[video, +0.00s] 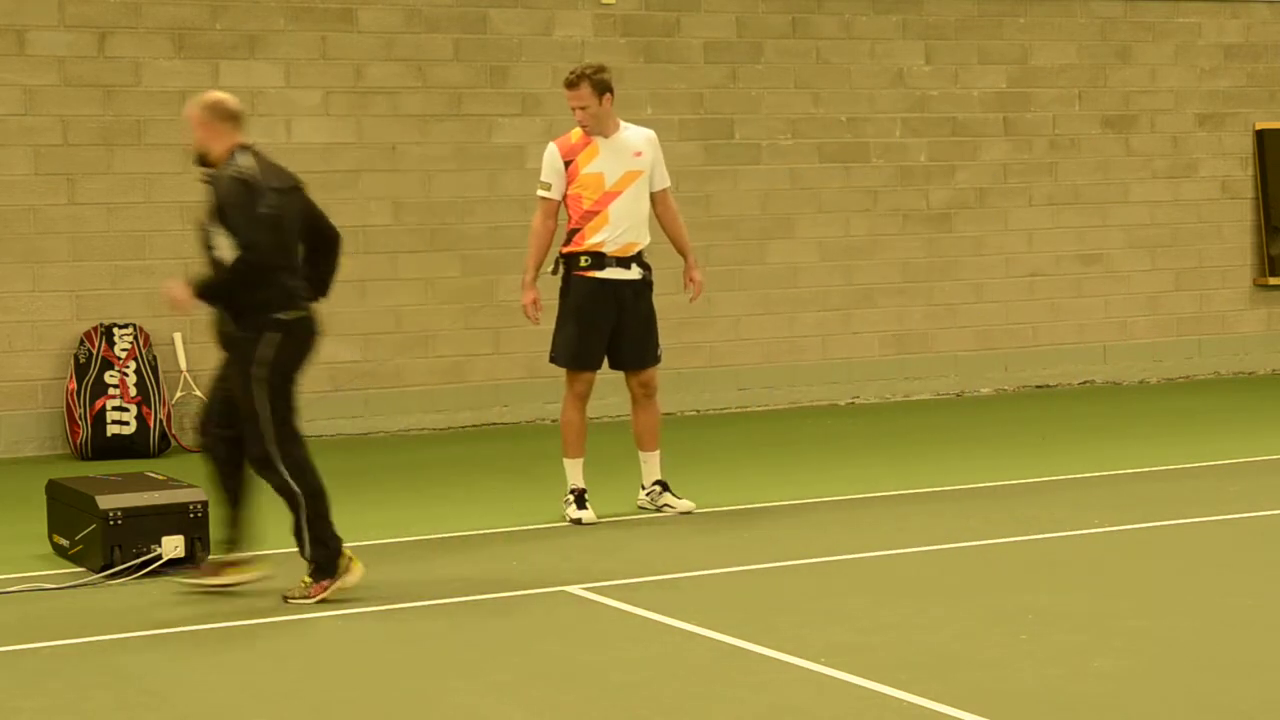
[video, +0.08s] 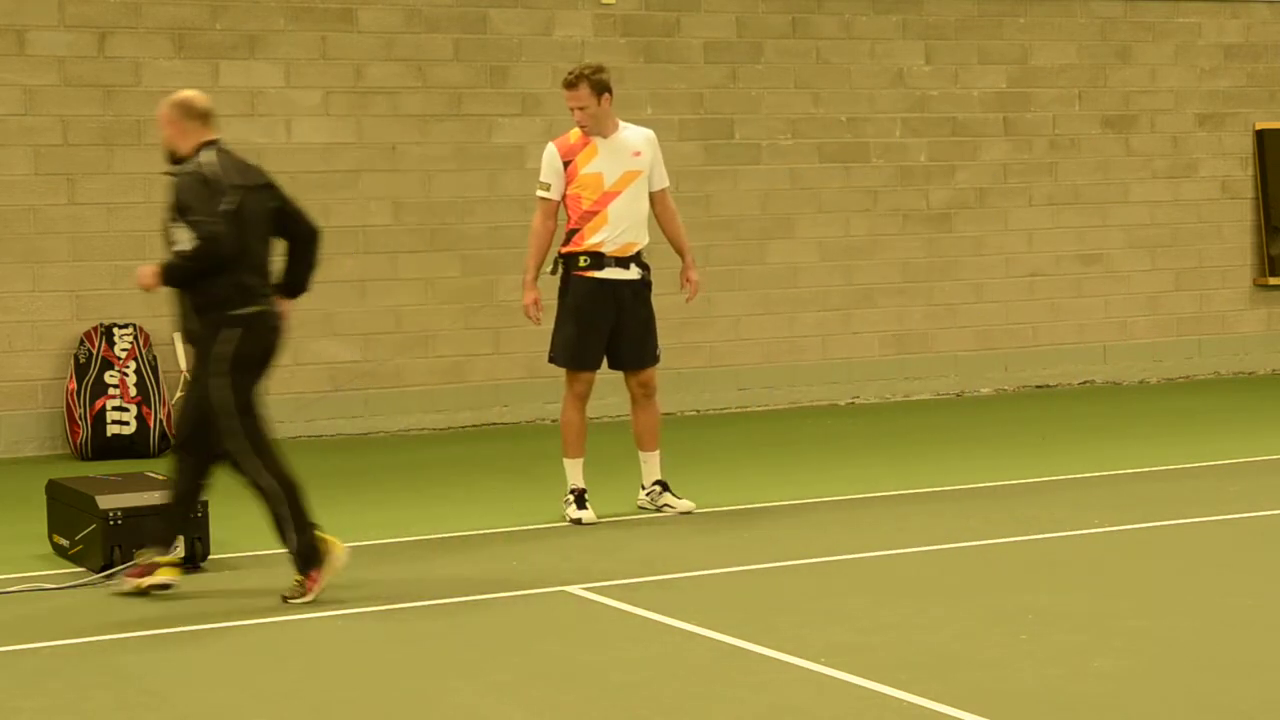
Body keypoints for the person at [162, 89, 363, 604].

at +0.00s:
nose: (191, 140)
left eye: (194, 130)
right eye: (192, 129)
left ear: (212, 128)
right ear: (232, 126)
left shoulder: (232, 183)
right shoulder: (270, 174)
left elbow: (260, 256)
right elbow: (325, 236)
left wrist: (201, 290)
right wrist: (306, 291)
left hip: (268, 331)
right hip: (275, 326)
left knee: (273, 444)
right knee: (220, 431)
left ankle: (331, 561)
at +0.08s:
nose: (163, 138)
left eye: (164, 128)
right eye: (163, 128)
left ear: (180, 125)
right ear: (205, 123)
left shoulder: (194, 178)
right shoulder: (246, 172)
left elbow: (213, 250)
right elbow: (303, 231)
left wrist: (166, 273)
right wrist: (288, 289)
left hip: (226, 327)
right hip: (255, 323)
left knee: (241, 441)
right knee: (192, 437)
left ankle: (311, 551)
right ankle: (171, 552)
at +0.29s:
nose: (102, 154)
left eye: (103, 146)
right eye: (104, 145)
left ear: (113, 145)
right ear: (147, 142)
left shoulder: (116, 197)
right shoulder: (195, 198)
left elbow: (119, 269)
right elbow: (221, 281)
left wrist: (87, 322)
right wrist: (190, 318)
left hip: (138, 346)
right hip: (189, 347)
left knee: (88, 441)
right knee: (142, 450)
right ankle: (140, 564)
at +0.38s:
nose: (85, 150)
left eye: (86, 143)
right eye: (88, 143)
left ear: (93, 142)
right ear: (130, 140)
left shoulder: (90, 189)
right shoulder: (177, 196)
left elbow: (90, 251)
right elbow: (190, 275)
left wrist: (67, 310)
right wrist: (152, 297)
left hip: (112, 339)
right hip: (168, 343)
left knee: (61, 430)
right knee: (131, 448)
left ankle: (93, 529)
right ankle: (142, 561)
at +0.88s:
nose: (48, 142)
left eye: (18, 136)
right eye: (52, 134)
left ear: (8, 137)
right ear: (51, 135)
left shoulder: (0, 183)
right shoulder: (79, 191)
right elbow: (114, 257)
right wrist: (102, 314)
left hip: (5, 334)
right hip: (56, 334)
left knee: (8, 432)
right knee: (40, 421)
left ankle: (11, 547)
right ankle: (41, 499)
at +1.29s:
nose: (67, 143)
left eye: (66, 134)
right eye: (63, 134)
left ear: (26, 134)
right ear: (43, 134)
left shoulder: (1, 176)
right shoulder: (57, 192)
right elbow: (69, 270)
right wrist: (90, 331)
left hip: (2, 328)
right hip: (32, 333)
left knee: (8, 429)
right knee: (25, 434)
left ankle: (6, 530)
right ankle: (6, 532)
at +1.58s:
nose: (73, 147)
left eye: (72, 138)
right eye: (67, 139)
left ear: (33, 140)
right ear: (42, 140)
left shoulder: (7, 179)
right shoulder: (52, 194)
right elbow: (61, 269)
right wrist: (82, 327)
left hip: (7, 322)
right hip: (32, 327)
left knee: (24, 423)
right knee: (31, 427)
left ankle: (23, 516)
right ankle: (6, 527)